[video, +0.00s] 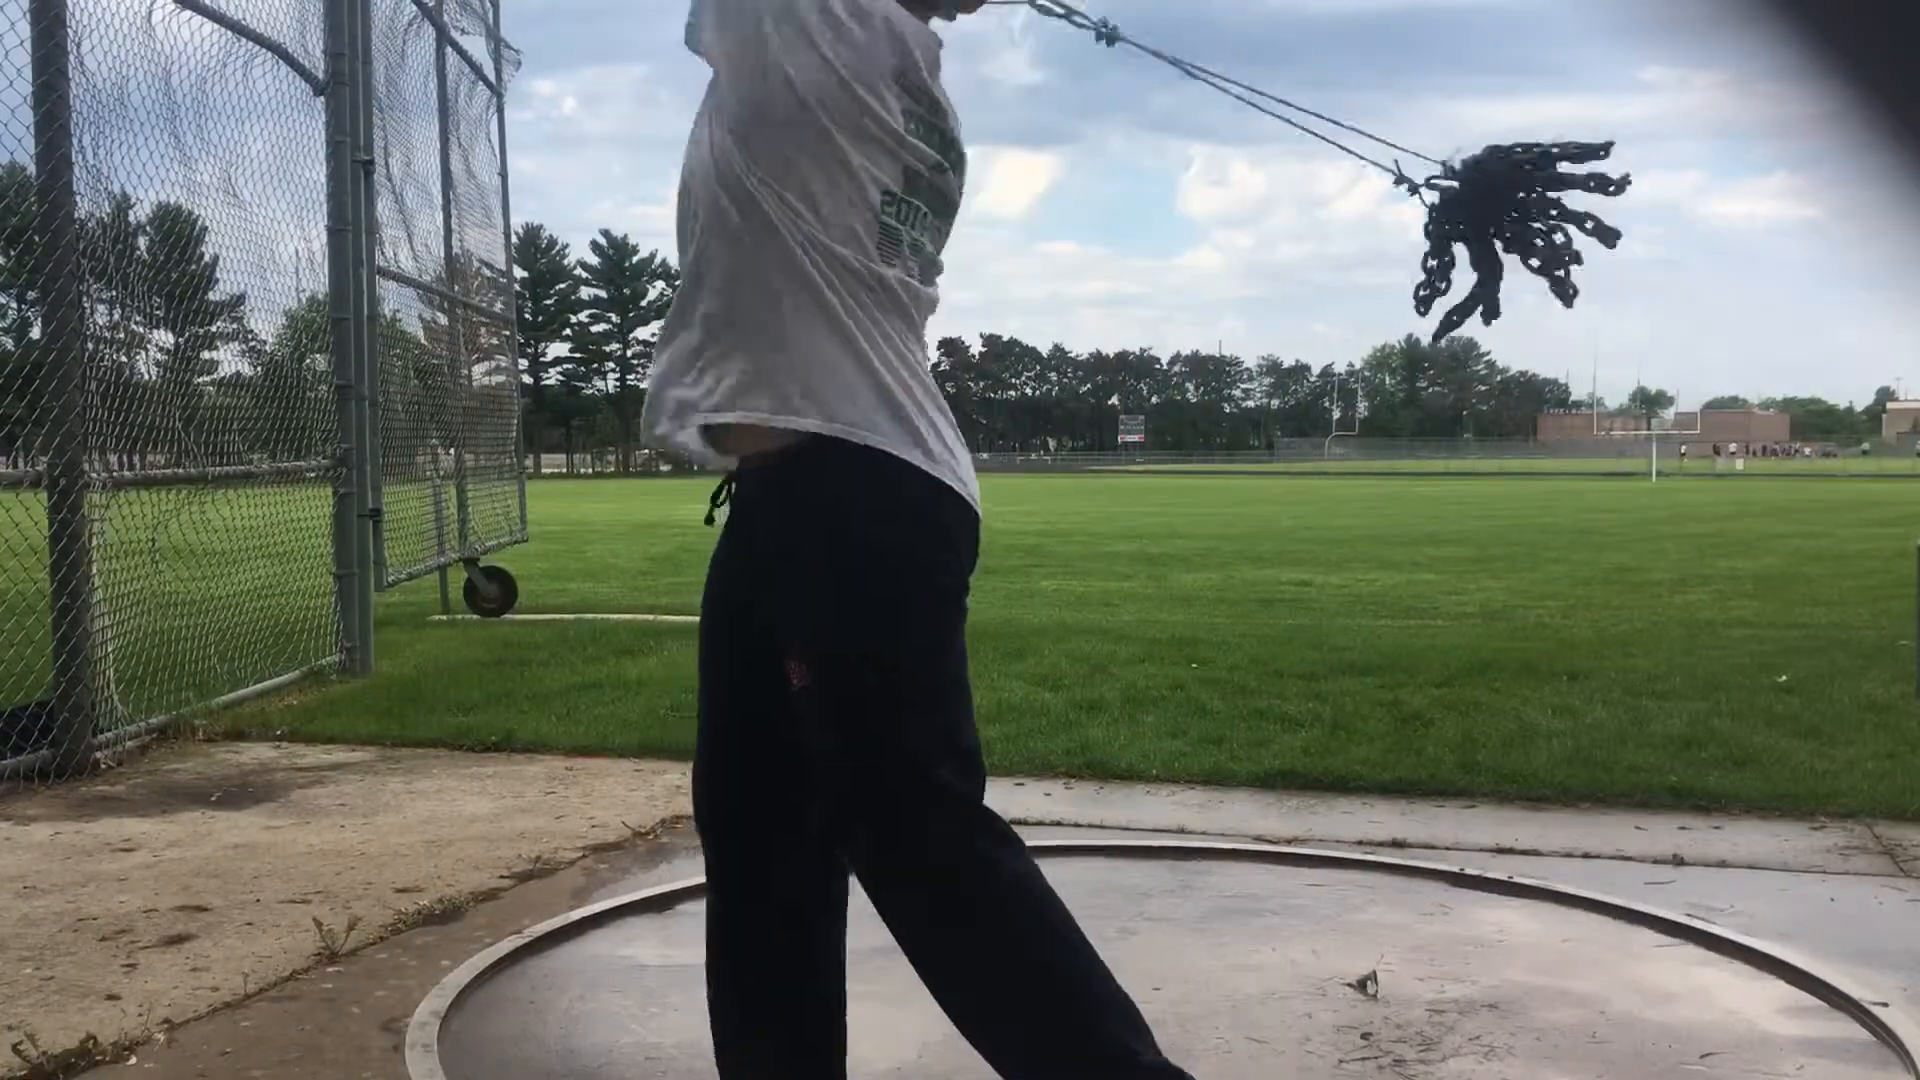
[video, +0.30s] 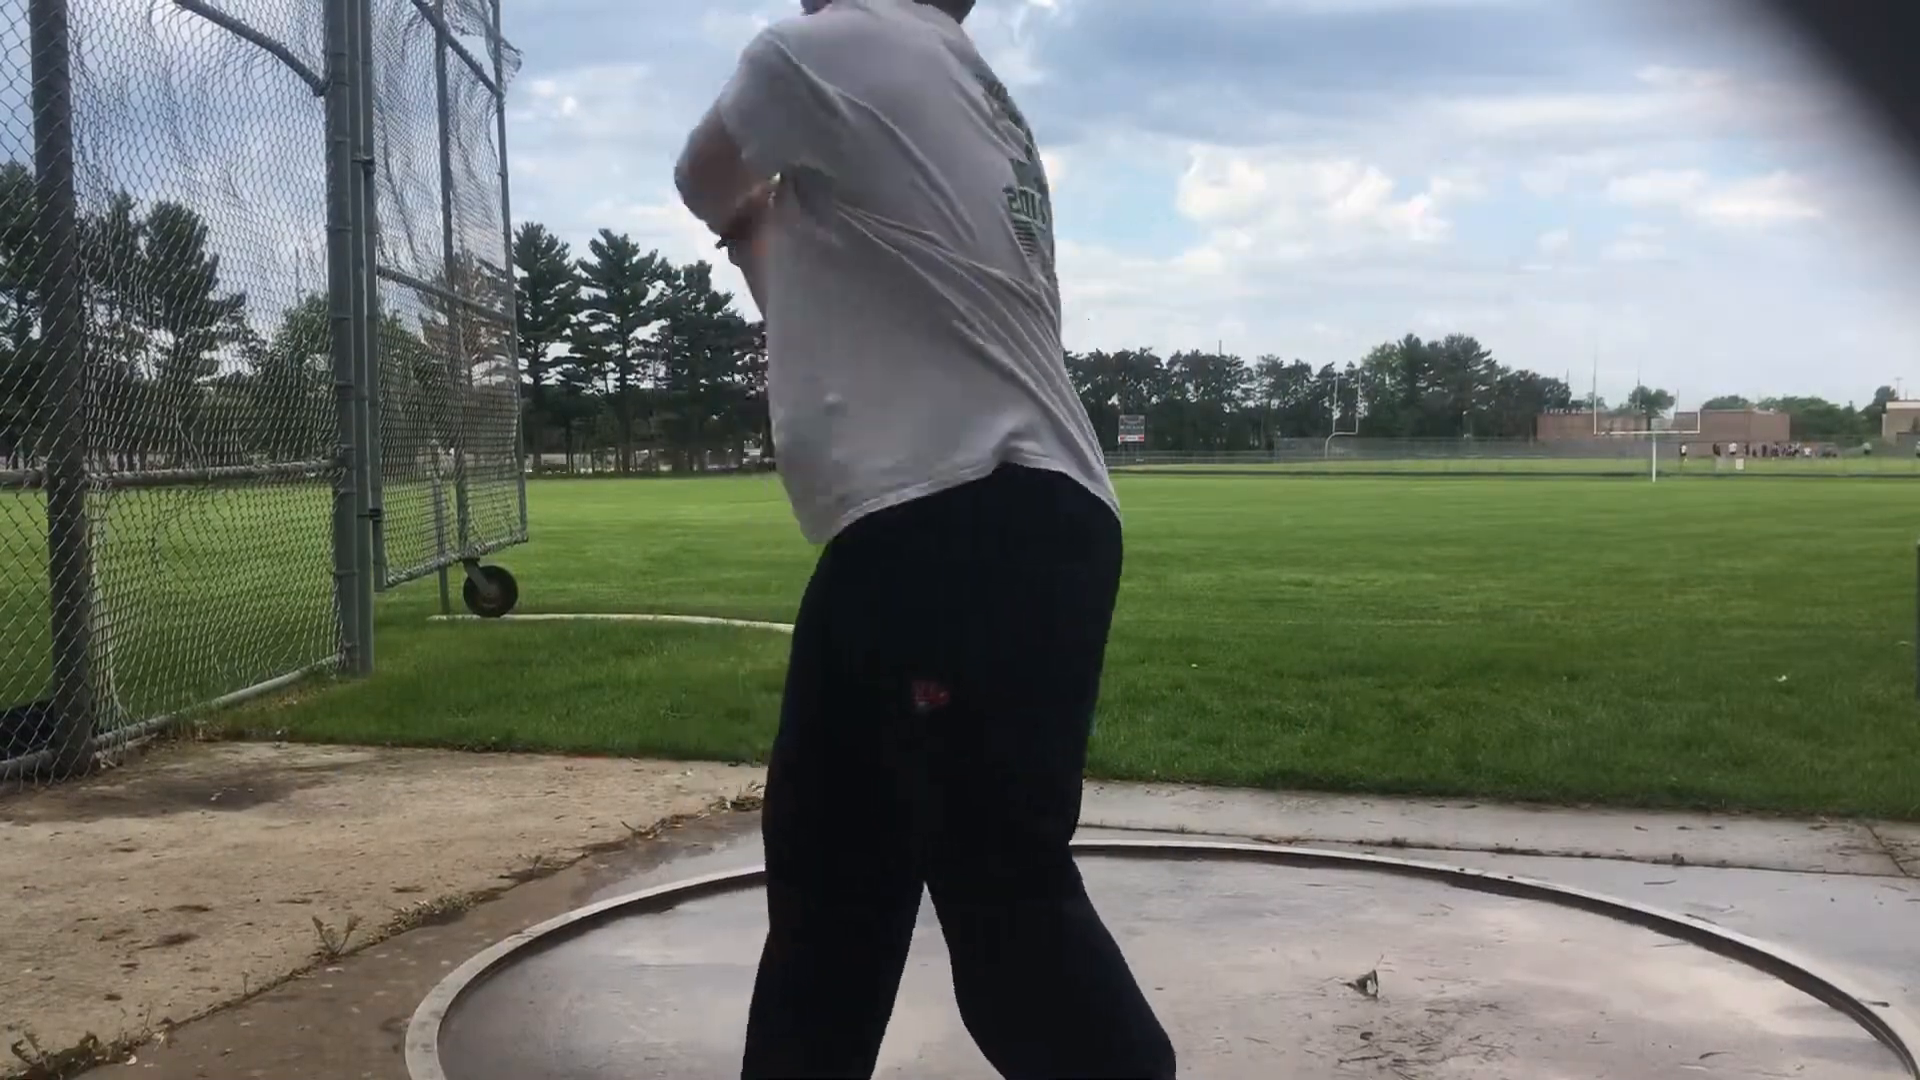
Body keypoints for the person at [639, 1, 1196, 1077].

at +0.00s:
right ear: (928, 6)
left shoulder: (813, 24)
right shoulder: (929, 112)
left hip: (849, 482)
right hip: (782, 492)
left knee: (923, 836)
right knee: (761, 850)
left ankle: (1124, 1067)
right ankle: (776, 1064)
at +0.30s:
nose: (795, 11)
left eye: (802, 4)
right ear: (941, 4)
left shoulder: (817, 44)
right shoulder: (982, 100)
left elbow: (704, 171)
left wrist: (762, 235)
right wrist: (759, 232)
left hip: (966, 513)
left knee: (1009, 893)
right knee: (830, 890)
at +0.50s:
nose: (912, 20)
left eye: (924, 8)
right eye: (916, 14)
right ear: (1029, 9)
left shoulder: (992, 65)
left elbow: (778, 216)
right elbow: (883, 346)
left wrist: (669, 288)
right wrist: (701, 320)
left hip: (1094, 543)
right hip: (963, 552)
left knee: (1074, 929)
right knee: (865, 903)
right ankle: (819, 1069)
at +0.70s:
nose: (993, 11)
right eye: (994, 0)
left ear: (1071, 3)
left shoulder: (1119, 99)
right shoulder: (972, 157)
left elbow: (922, 242)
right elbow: (864, 335)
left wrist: (700, 357)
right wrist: (707, 375)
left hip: (1147, 552)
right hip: (984, 542)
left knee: (1130, 871)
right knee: (878, 851)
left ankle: (1118, 1071)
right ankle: (823, 1069)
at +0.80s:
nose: (1048, 3)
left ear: (1101, 12)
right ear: (976, 16)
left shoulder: (1136, 111)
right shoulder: (930, 161)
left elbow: (1016, 251)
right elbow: (869, 280)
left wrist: (837, 366)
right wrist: (795, 365)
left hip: (1137, 550)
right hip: (962, 534)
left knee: (1140, 865)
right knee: (860, 815)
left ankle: (1135, 1072)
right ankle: (817, 1066)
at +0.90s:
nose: (1053, 12)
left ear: (1082, 13)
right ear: (958, 19)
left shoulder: (1133, 123)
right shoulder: (902, 154)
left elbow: (1115, 228)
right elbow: (900, 262)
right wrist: (939, 325)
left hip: (1112, 556)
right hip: (934, 546)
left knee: (1143, 871)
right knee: (838, 829)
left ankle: (1146, 1069)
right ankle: (805, 1067)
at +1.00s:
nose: (1050, 18)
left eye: (1057, 0)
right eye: (1017, 0)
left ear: (1069, 15)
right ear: (942, 16)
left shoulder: (1095, 131)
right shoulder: (895, 144)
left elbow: (1155, 186)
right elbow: (982, 239)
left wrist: (1202, 219)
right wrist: (1165, 265)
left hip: (1079, 561)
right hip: (895, 550)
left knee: (1148, 879)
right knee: (831, 873)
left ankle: (1146, 1070)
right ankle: (791, 1067)